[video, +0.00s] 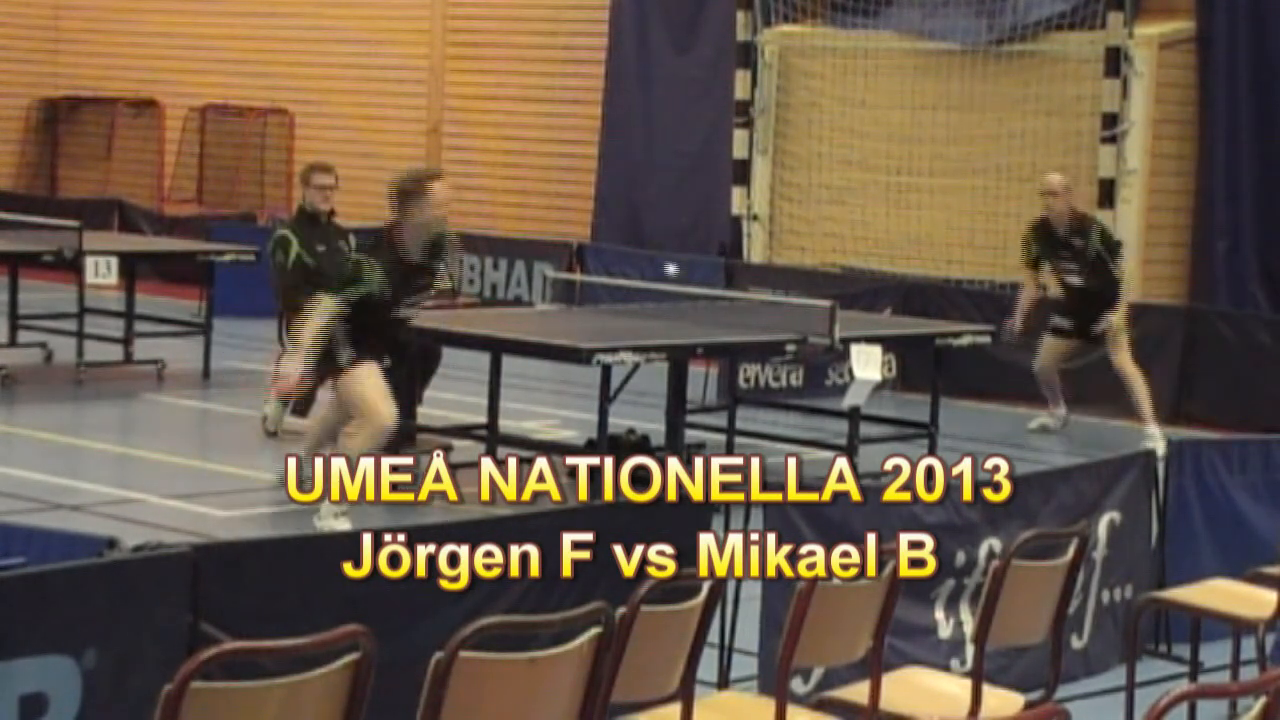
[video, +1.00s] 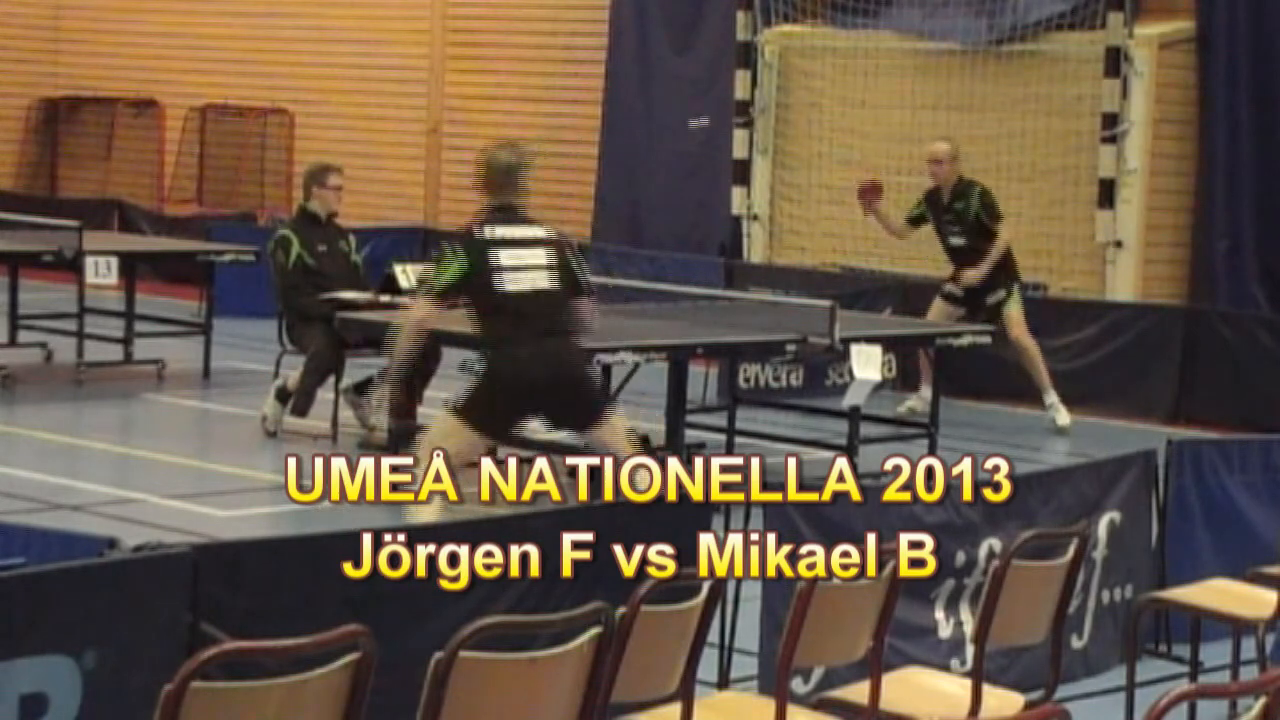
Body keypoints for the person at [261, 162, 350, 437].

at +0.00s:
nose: (326, 194)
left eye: (331, 188)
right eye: (319, 188)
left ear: (336, 191)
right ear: (304, 190)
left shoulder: (343, 235)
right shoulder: (287, 236)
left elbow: (352, 279)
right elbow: (290, 295)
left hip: (342, 324)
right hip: (306, 324)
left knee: (347, 400)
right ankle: (278, 406)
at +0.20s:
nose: (327, 194)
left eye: (331, 188)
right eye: (320, 188)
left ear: (337, 191)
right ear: (303, 190)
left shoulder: (343, 235)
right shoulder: (288, 236)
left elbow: (357, 278)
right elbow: (290, 294)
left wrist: (362, 304)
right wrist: (329, 312)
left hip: (345, 316)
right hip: (307, 317)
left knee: (395, 345)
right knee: (328, 353)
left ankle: (362, 392)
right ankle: (284, 394)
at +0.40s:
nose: (333, 195)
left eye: (336, 189)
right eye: (327, 188)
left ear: (339, 192)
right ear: (306, 190)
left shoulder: (341, 235)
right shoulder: (288, 237)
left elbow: (359, 281)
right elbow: (292, 297)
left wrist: (372, 301)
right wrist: (336, 310)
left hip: (351, 318)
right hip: (310, 319)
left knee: (425, 349)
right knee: (328, 354)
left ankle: (362, 392)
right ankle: (282, 394)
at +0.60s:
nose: (341, 194)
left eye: (341, 188)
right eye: (335, 188)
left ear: (327, 192)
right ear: (316, 190)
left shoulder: (342, 235)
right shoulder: (289, 237)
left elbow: (358, 281)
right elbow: (293, 297)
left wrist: (369, 302)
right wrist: (338, 311)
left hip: (351, 318)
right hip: (311, 319)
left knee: (425, 351)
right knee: (328, 352)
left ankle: (362, 391)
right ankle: (283, 394)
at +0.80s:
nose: (343, 195)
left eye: (342, 189)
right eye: (338, 188)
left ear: (326, 192)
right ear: (321, 191)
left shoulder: (342, 235)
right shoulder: (289, 237)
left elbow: (358, 282)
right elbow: (293, 297)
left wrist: (370, 302)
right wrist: (338, 310)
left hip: (351, 318)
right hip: (310, 319)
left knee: (425, 351)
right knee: (328, 352)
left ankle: (362, 391)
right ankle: (283, 394)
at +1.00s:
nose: (340, 196)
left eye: (341, 189)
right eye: (335, 189)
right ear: (314, 191)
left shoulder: (342, 235)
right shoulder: (289, 237)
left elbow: (357, 283)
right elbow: (294, 298)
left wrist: (371, 302)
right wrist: (338, 311)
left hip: (350, 318)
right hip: (310, 319)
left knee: (427, 350)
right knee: (328, 353)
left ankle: (362, 392)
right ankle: (284, 394)